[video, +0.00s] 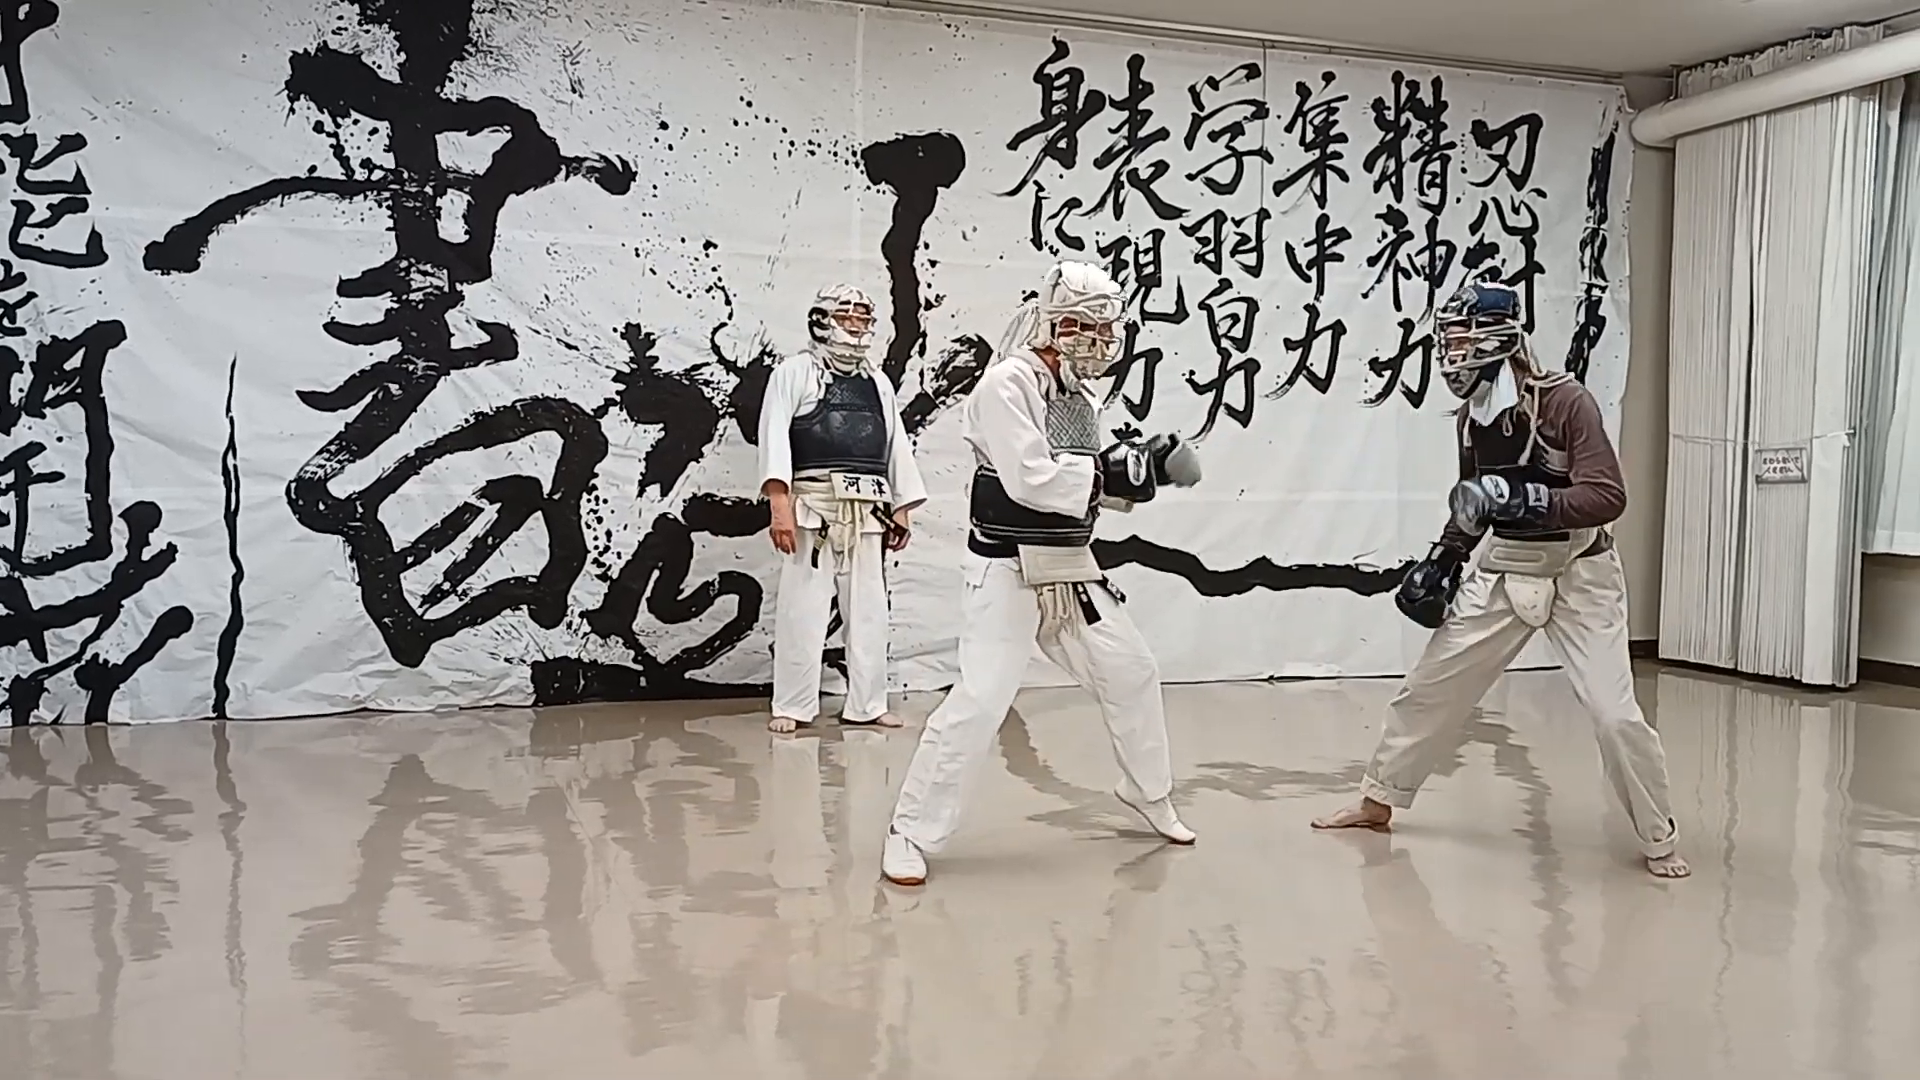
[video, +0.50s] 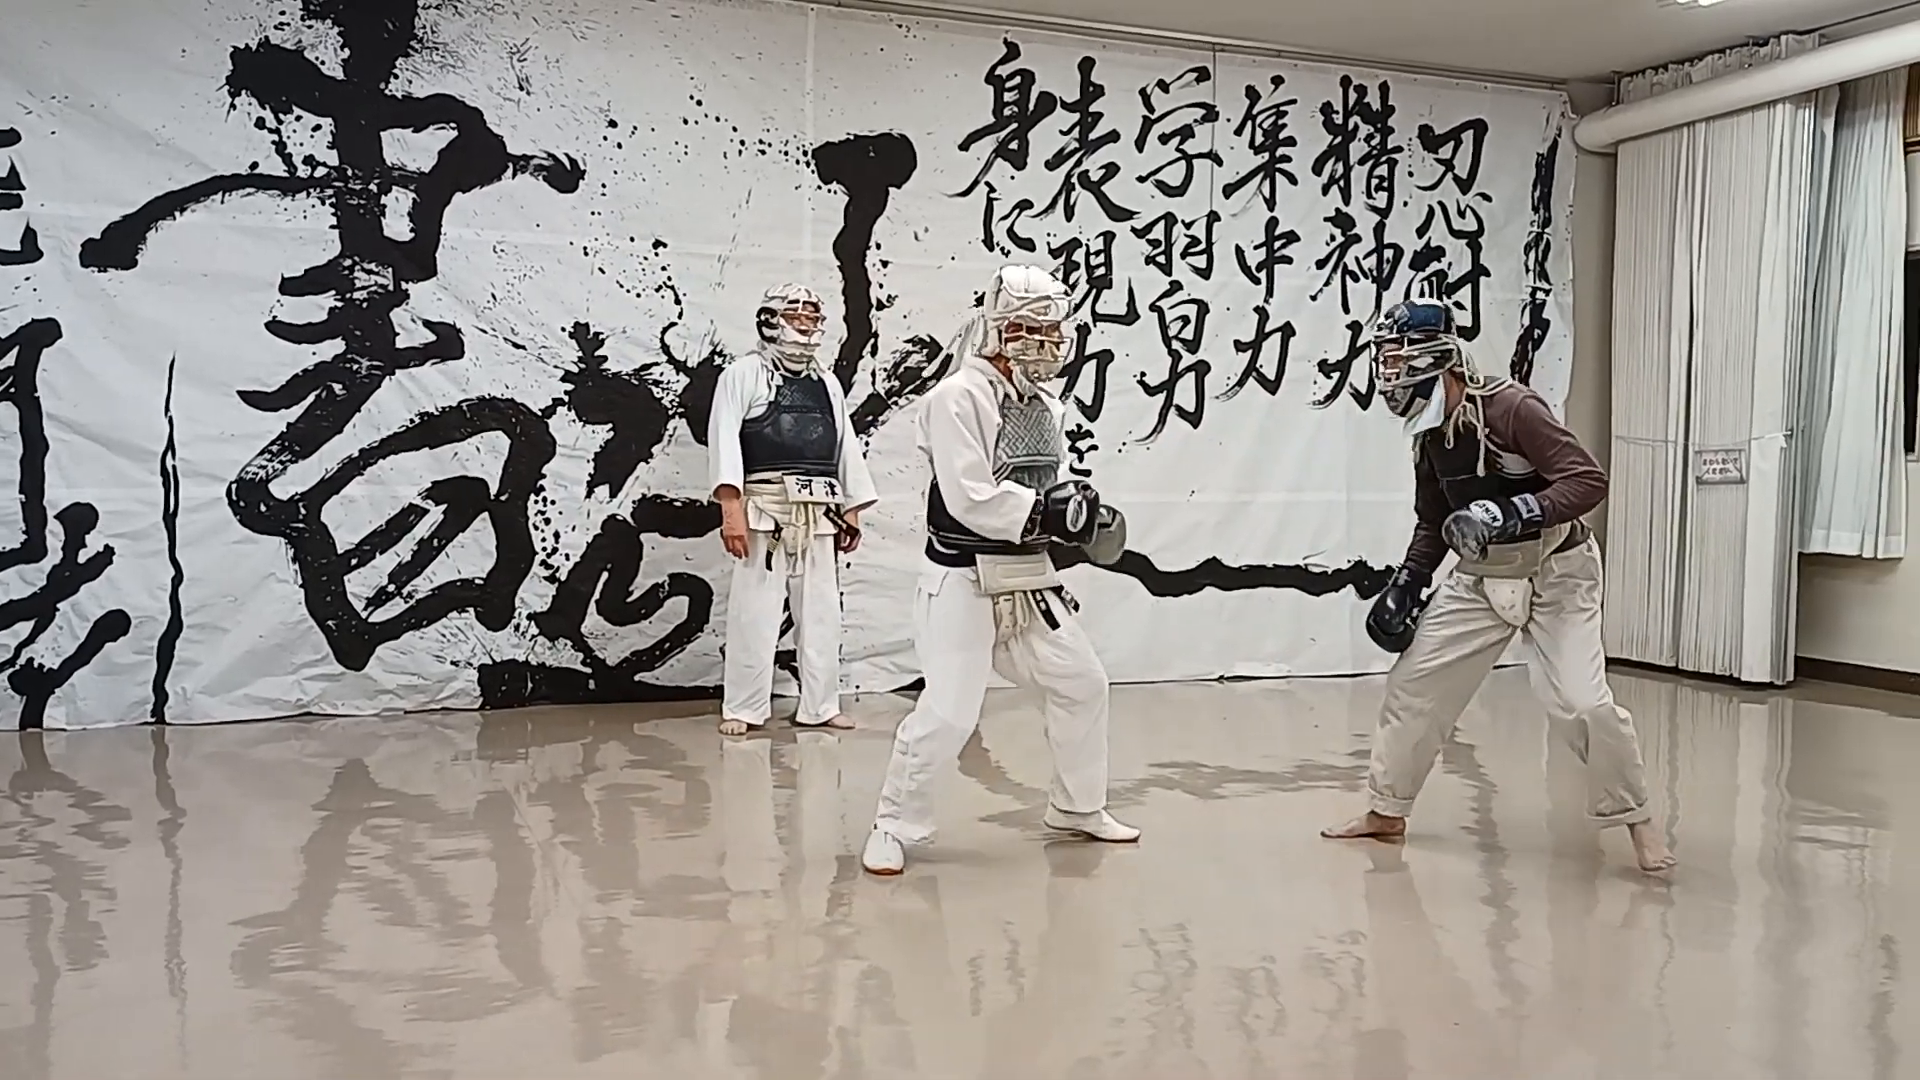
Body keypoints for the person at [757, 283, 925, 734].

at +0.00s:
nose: (855, 326)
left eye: (863, 320)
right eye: (846, 317)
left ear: (871, 326)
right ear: (823, 320)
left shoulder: (878, 380)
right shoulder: (794, 371)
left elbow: (896, 446)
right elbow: (774, 439)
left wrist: (903, 508)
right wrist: (780, 505)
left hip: (868, 509)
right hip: (809, 507)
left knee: (869, 612)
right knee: (802, 612)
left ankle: (866, 706)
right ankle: (792, 709)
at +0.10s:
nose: (846, 325)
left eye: (854, 319)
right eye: (836, 317)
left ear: (862, 325)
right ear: (814, 320)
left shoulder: (869, 380)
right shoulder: (786, 370)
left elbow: (888, 446)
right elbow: (765, 438)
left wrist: (895, 507)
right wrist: (772, 506)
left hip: (859, 508)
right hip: (800, 506)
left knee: (860, 612)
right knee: (793, 612)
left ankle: (858, 706)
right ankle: (782, 709)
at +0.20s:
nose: (837, 326)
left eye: (844, 319)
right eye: (827, 317)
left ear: (852, 325)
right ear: (805, 320)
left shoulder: (859, 379)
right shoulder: (776, 371)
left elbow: (878, 446)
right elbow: (756, 439)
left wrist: (885, 507)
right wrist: (763, 506)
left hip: (850, 508)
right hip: (791, 506)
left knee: (851, 612)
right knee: (783, 613)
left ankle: (848, 706)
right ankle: (773, 709)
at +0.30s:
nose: (826, 326)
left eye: (833, 320)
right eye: (817, 318)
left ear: (841, 326)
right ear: (794, 320)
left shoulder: (848, 379)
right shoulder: (765, 371)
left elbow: (867, 446)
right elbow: (745, 440)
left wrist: (875, 508)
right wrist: (752, 507)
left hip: (840, 509)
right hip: (781, 507)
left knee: (841, 613)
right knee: (773, 613)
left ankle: (839, 706)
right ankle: (763, 709)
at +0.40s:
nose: (817, 323)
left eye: (824, 317)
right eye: (807, 315)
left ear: (830, 325)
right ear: (783, 319)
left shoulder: (837, 380)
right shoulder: (754, 372)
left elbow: (856, 446)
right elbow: (735, 441)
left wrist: (863, 509)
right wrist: (741, 508)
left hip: (830, 510)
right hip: (771, 508)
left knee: (831, 614)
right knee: (763, 614)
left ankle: (829, 707)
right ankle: (753, 710)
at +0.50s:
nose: (806, 325)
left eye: (813, 318)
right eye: (796, 316)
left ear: (819, 326)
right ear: (772, 320)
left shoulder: (827, 381)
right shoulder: (743, 373)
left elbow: (846, 447)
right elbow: (724, 443)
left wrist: (853, 509)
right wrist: (731, 510)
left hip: (819, 510)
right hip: (760, 509)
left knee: (821, 614)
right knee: (753, 614)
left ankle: (819, 707)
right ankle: (743, 711)